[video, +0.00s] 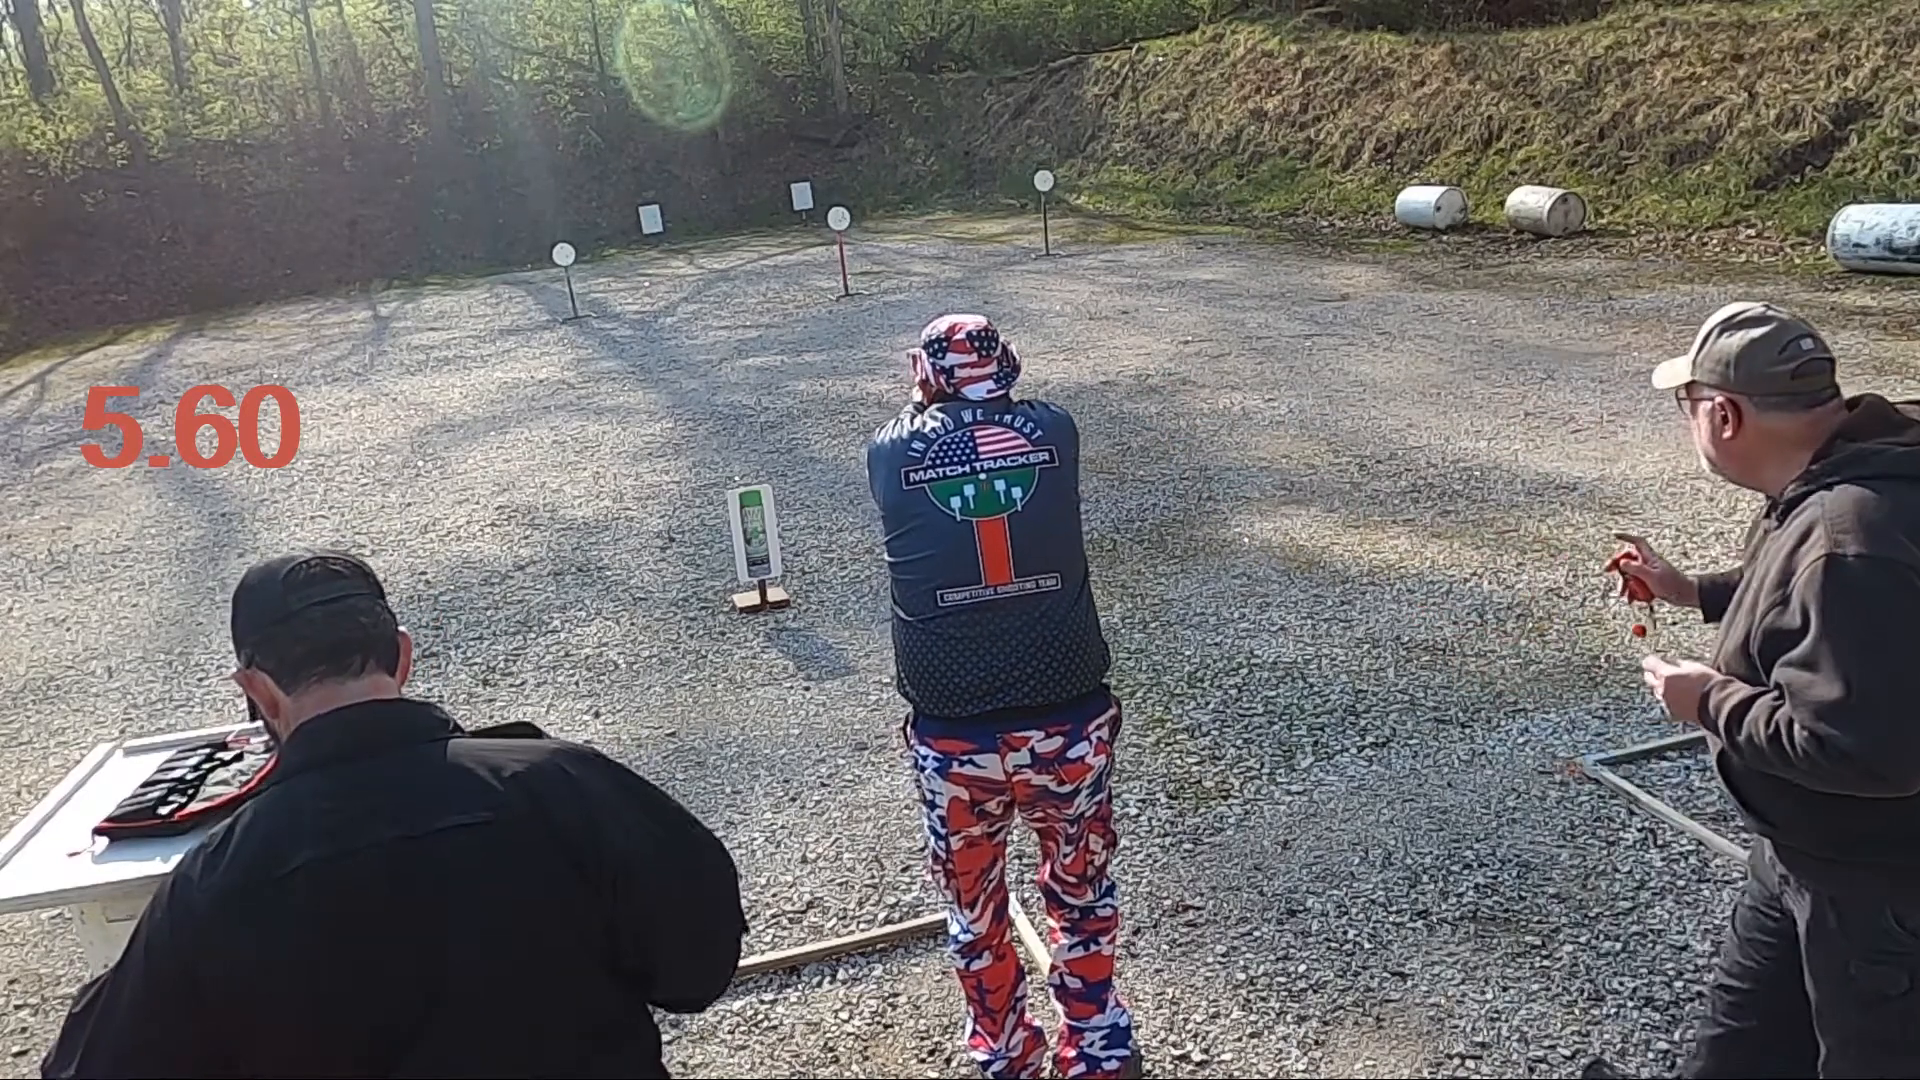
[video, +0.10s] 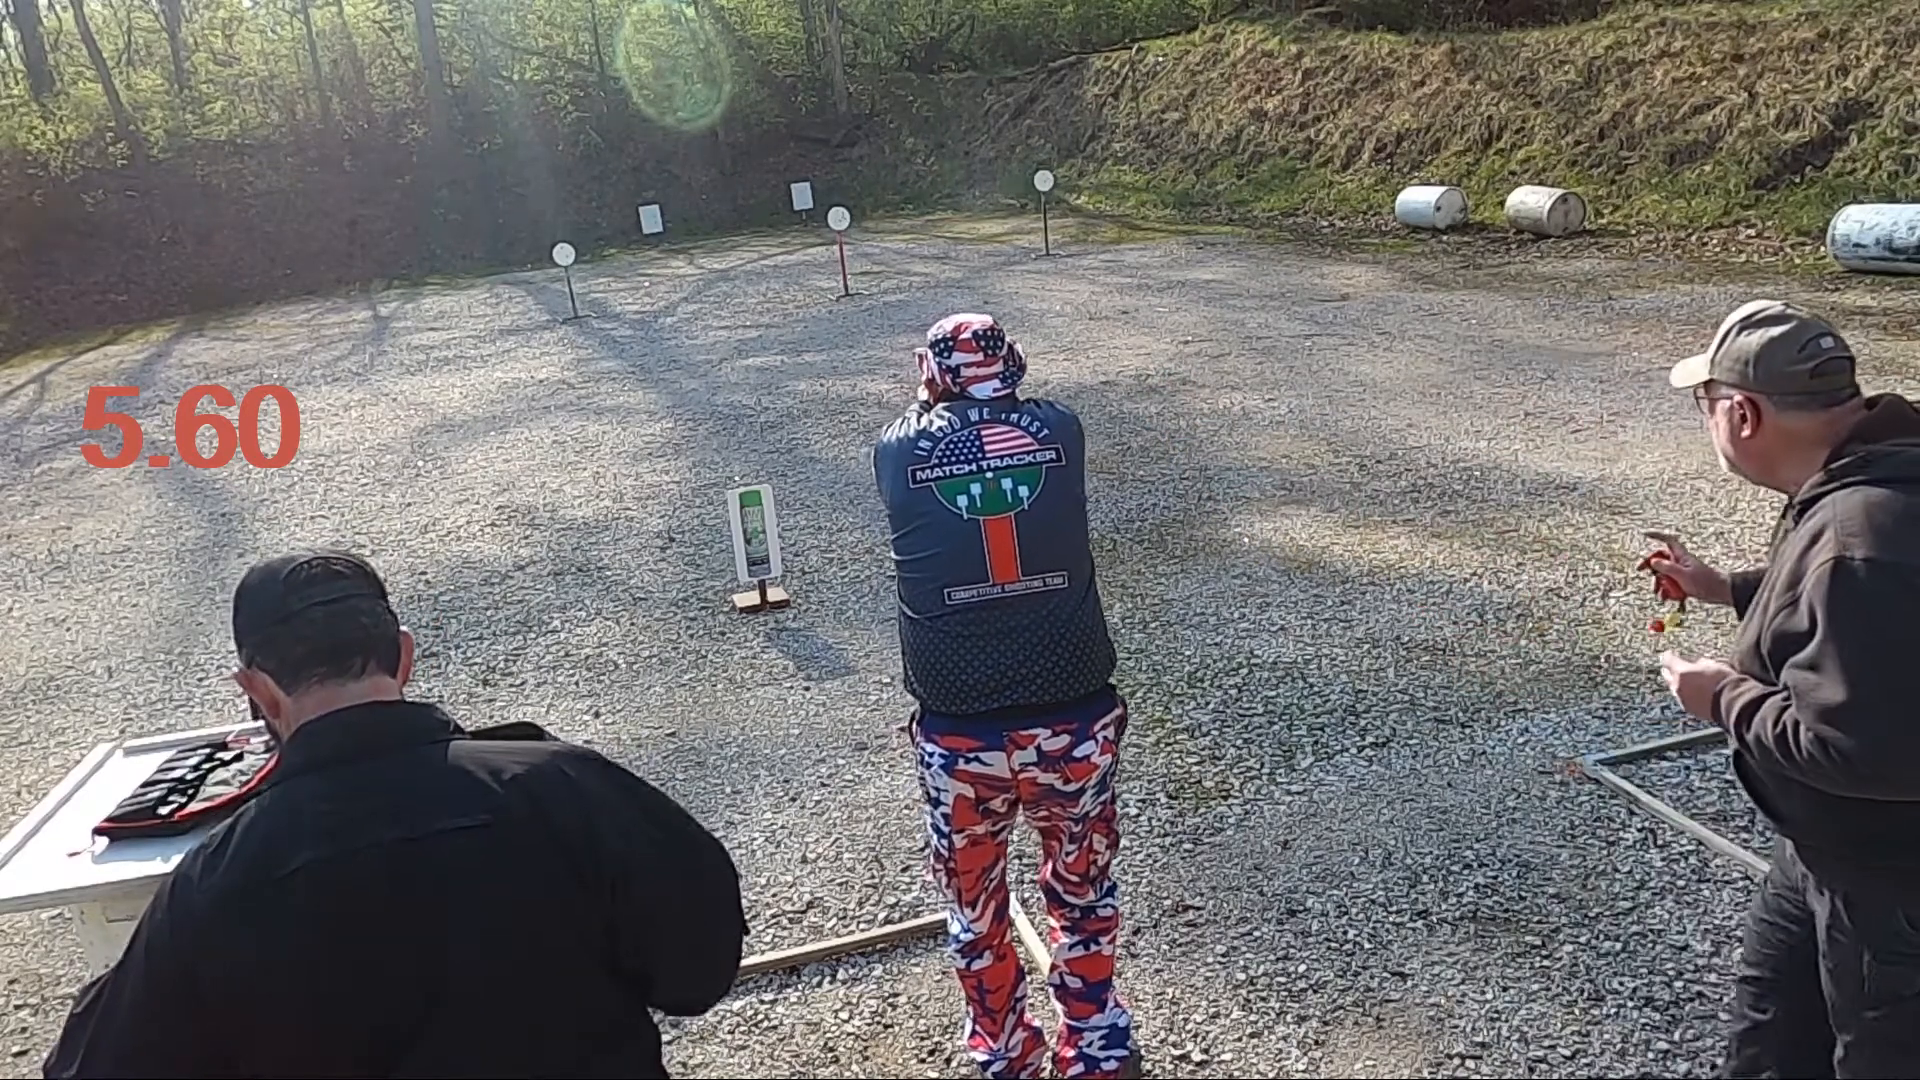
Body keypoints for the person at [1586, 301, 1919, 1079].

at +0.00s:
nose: (1689, 425)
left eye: (1688, 407)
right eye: (1685, 407)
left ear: (1726, 416)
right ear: (1813, 394)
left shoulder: (1851, 547)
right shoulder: (1821, 487)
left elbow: (1867, 752)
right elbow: (1792, 597)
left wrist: (1711, 702)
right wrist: (1686, 590)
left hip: (1868, 889)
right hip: (1803, 857)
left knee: (1872, 1064)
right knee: (1731, 1056)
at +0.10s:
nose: (1709, 427)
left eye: (1707, 408)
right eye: (1706, 409)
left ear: (1746, 415)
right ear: (1834, 391)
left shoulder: (1861, 548)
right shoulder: (1856, 483)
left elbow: (1866, 755)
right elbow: (1821, 589)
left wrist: (1730, 699)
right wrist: (1719, 587)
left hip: (1882, 884)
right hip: (1827, 849)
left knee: (1880, 1056)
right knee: (1768, 1028)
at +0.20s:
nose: (1723, 423)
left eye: (1722, 405)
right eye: (1720, 405)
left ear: (1760, 413)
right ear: (1847, 391)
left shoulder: (1865, 546)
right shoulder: (1870, 487)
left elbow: (1869, 756)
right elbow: (1846, 587)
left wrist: (1739, 697)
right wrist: (1744, 581)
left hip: (1889, 879)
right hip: (1852, 841)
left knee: (1888, 1053)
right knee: (1802, 950)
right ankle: (1814, 1066)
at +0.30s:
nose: (1730, 420)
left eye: (1730, 401)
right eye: (1728, 402)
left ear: (1770, 412)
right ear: (1856, 391)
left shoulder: (1870, 545)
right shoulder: (1872, 489)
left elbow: (1871, 756)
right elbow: (1865, 600)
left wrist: (1746, 696)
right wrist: (1770, 582)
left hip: (1890, 881)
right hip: (1861, 856)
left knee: (1888, 1053)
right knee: (1861, 1034)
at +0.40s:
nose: (1744, 422)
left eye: (1743, 402)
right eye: (1740, 402)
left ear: (1778, 410)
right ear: (1867, 388)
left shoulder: (1871, 546)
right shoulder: (1891, 484)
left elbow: (1874, 753)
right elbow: (1881, 609)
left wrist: (1753, 693)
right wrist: (1785, 583)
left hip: (1900, 874)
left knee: (1895, 1046)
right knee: (1892, 1027)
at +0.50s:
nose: (1757, 430)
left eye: (1754, 409)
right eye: (1752, 409)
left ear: (1787, 411)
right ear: (1877, 389)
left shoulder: (1875, 543)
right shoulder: (1897, 489)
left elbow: (1872, 756)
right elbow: (1892, 609)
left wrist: (1762, 695)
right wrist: (1799, 581)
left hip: (1912, 903)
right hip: (1912, 890)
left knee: (1894, 1057)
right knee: (1890, 1050)